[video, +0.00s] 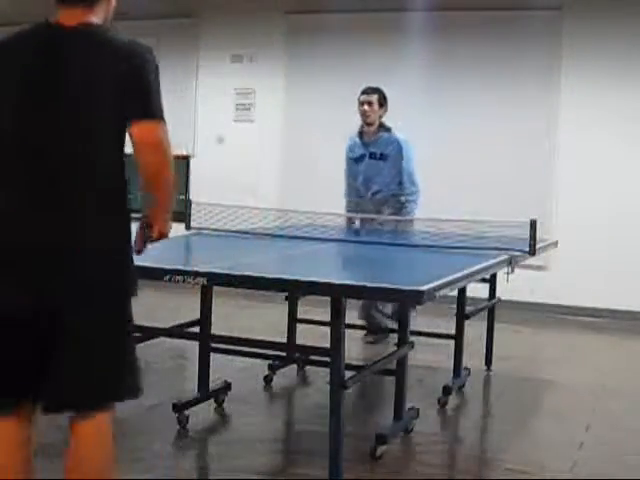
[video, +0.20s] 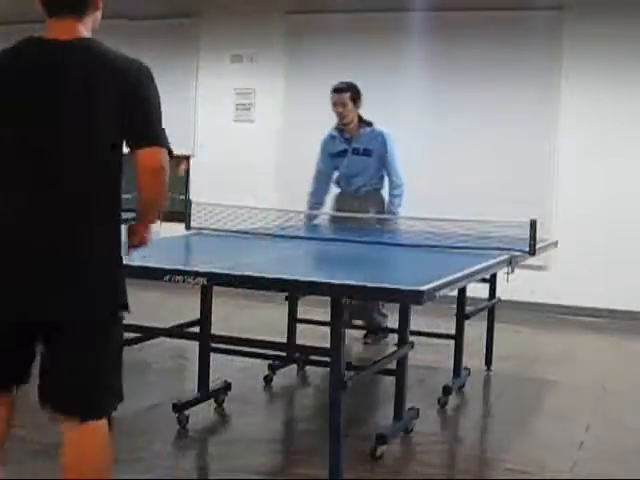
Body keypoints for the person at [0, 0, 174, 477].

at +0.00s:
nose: (114, 9)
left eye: (111, 6)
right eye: (114, 5)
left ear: (55, 3)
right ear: (108, 5)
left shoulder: (11, 49)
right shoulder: (125, 57)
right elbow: (150, 144)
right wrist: (159, 209)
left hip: (13, 252)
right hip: (90, 255)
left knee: (12, 408)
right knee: (92, 410)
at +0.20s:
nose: (101, 12)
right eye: (102, 8)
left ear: (40, 8)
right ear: (97, 8)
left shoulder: (8, 64)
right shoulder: (125, 74)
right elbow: (153, 162)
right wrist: (145, 221)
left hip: (10, 262)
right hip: (85, 266)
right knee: (84, 415)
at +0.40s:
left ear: (9, 21)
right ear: (63, 24)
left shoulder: (4, 85)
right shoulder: (98, 95)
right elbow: (135, 181)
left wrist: (109, 213)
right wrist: (109, 215)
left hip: (6, 273)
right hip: (69, 274)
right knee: (71, 404)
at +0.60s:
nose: (24, 49)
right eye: (24, 42)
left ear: (8, 47)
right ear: (20, 46)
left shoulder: (43, 108)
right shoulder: (43, 108)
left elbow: (79, 189)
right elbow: (80, 189)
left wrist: (45, 204)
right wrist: (43, 203)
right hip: (27, 257)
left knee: (45, 372)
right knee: (45, 370)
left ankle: (66, 466)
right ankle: (67, 468)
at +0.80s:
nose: (9, 47)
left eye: (6, 41)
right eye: (12, 41)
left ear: (3, 43)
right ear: (10, 44)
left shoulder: (29, 103)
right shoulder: (28, 103)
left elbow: (44, 184)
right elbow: (46, 184)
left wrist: (23, 200)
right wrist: (20, 201)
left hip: (8, 233)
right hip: (6, 235)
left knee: (12, 329)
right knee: (10, 329)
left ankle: (14, 420)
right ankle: (14, 420)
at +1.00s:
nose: (15, 69)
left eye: (15, 64)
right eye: (17, 64)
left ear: (9, 64)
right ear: (12, 63)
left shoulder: (20, 120)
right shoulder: (19, 120)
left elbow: (30, 197)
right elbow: (31, 196)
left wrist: (8, 232)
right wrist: (8, 232)